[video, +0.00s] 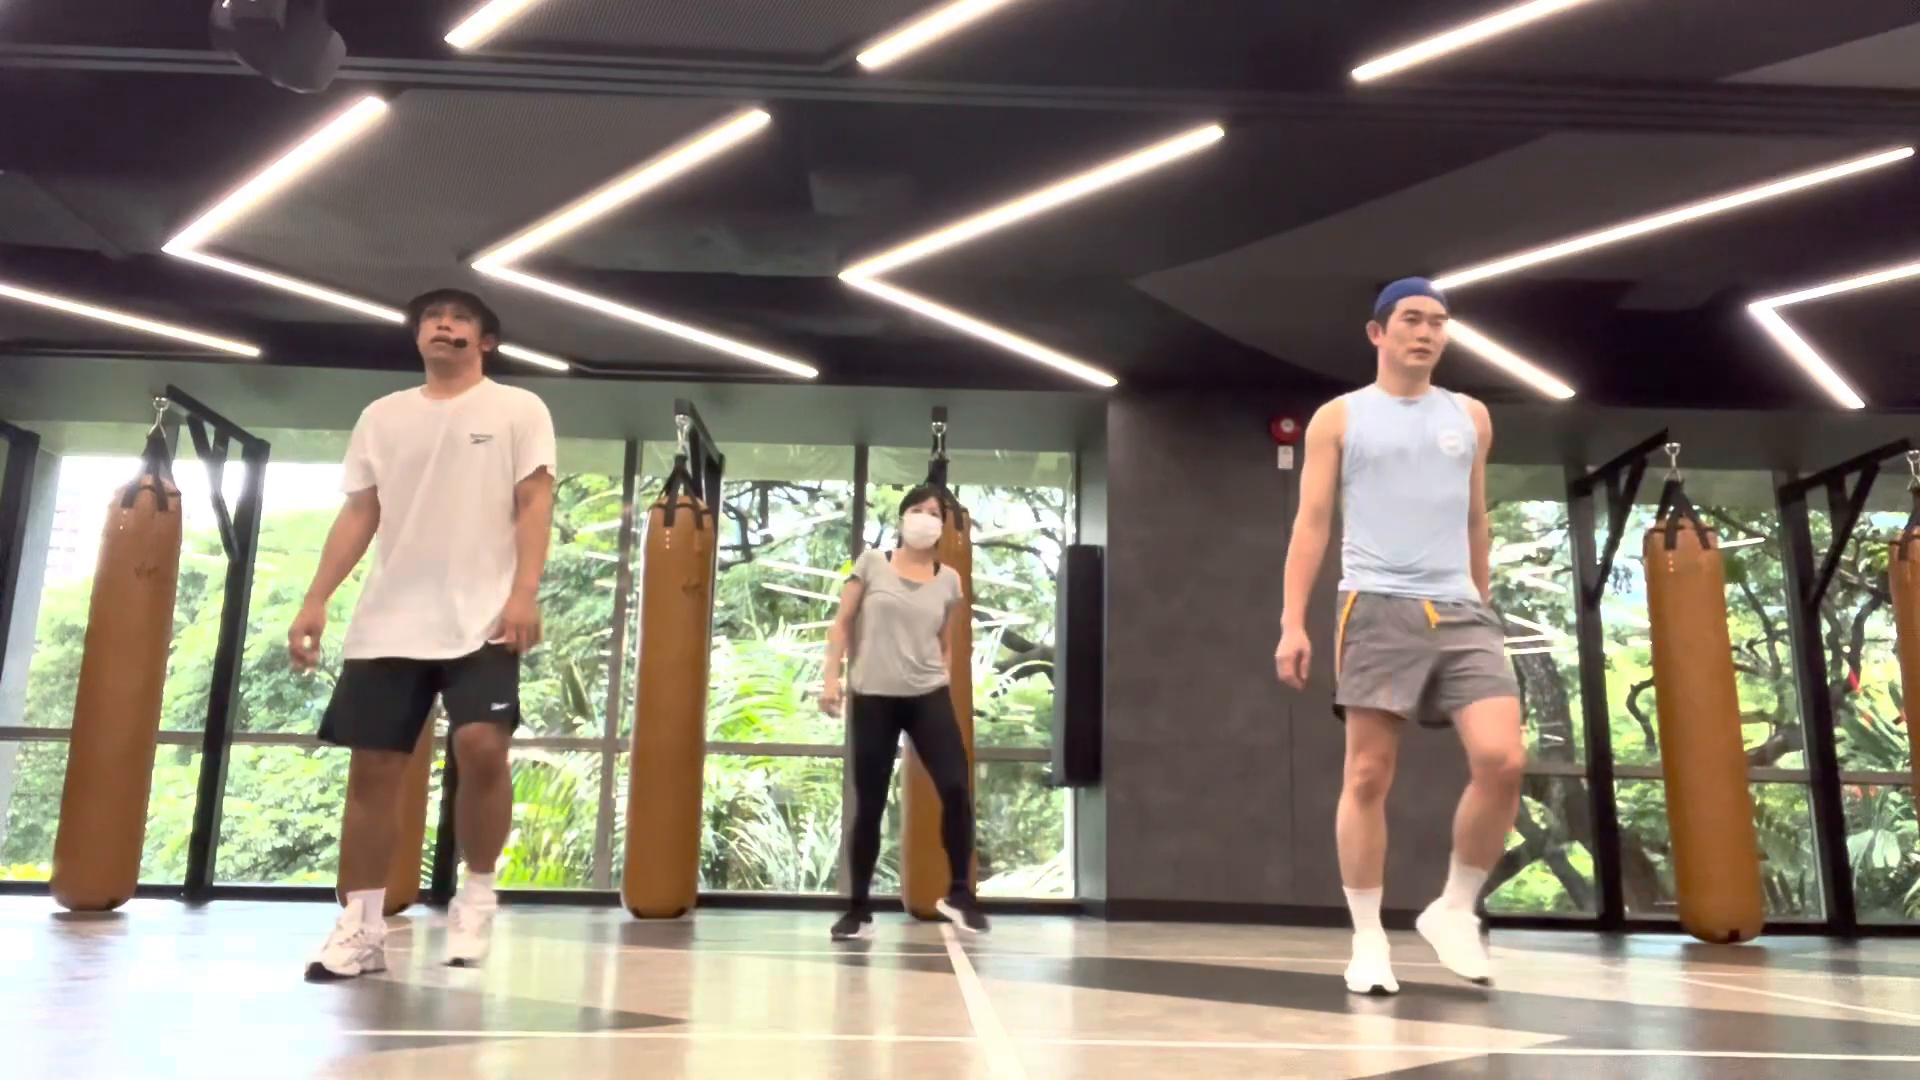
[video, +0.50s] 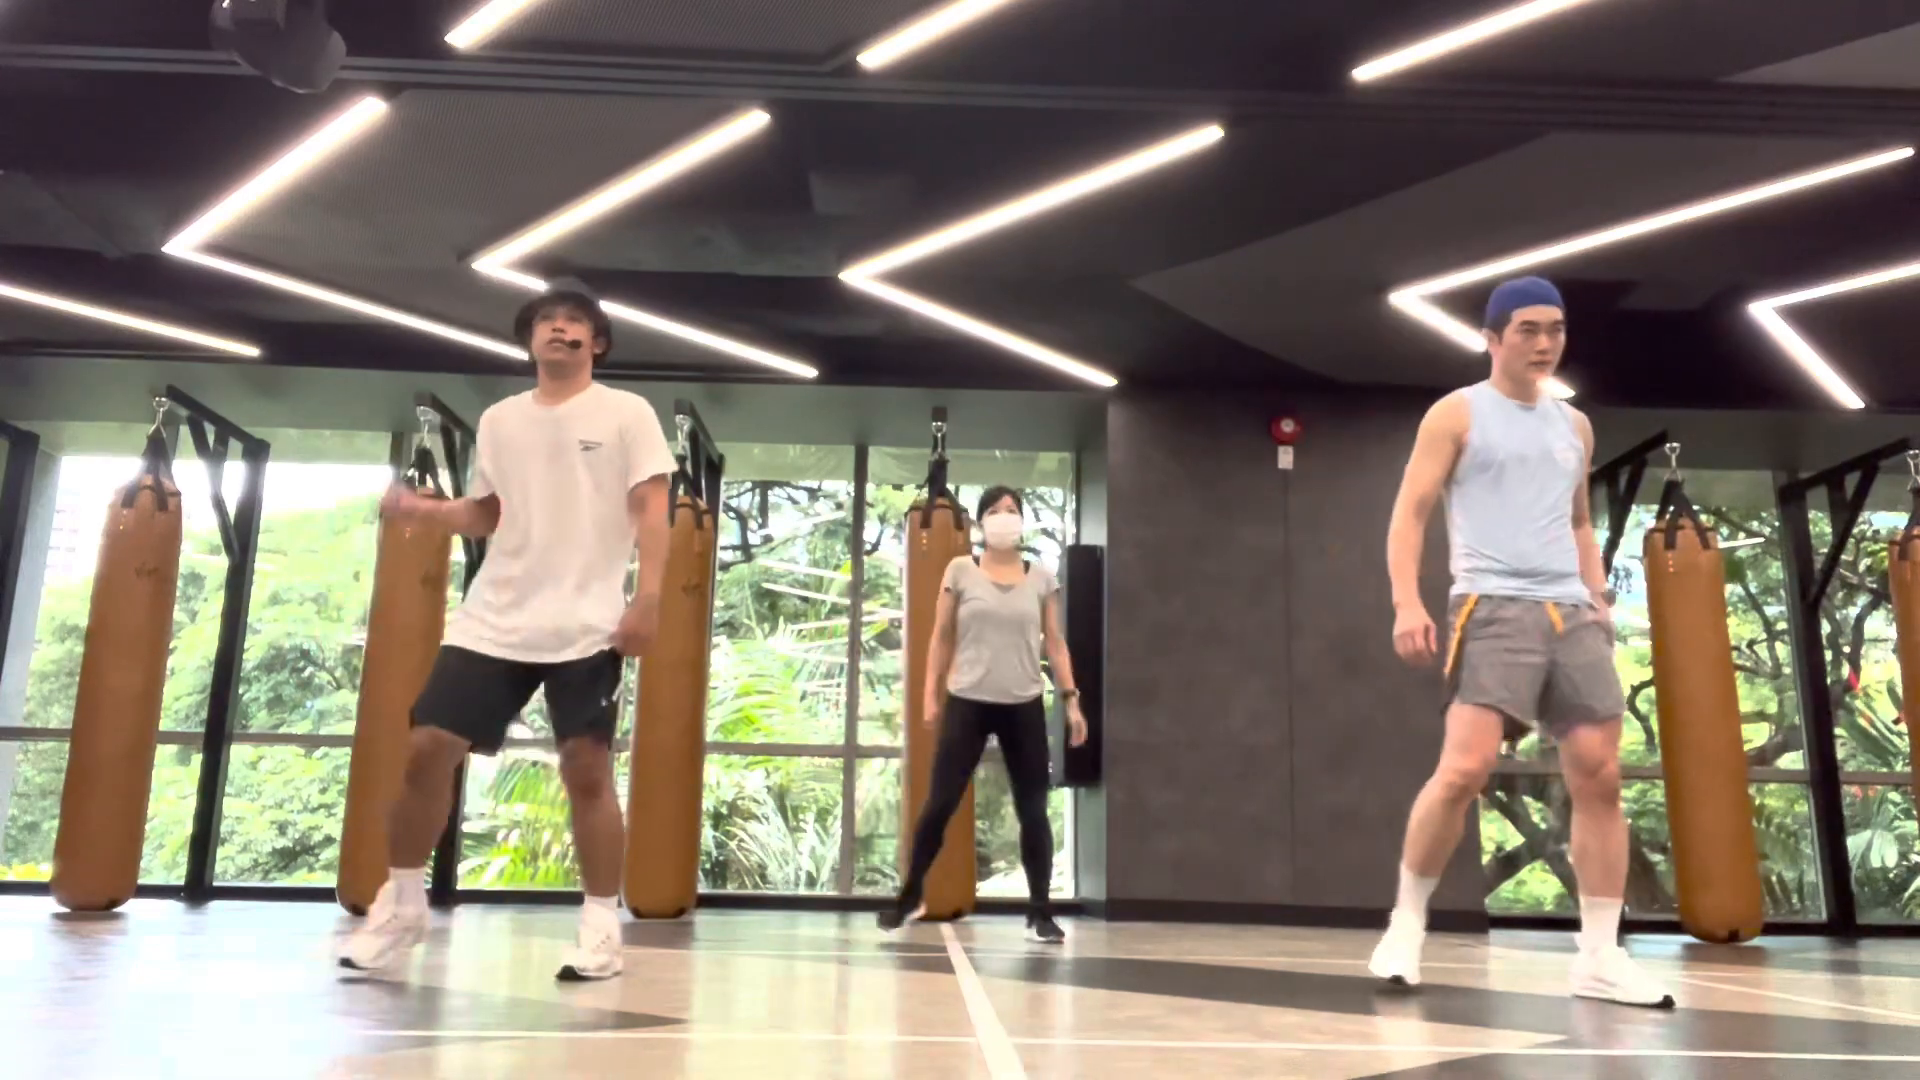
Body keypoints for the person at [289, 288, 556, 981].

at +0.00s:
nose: (447, 327)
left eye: (463, 319)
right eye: (435, 318)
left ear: (487, 342)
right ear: (416, 337)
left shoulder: (520, 410)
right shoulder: (381, 416)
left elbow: (534, 502)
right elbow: (357, 515)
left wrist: (525, 592)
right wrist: (316, 600)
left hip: (483, 618)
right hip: (392, 618)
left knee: (484, 750)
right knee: (372, 768)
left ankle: (475, 900)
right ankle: (359, 927)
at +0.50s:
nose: (561, 327)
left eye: (575, 318)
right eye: (548, 317)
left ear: (596, 341)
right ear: (528, 338)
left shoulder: (628, 414)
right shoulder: (498, 420)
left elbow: (653, 512)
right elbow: (488, 513)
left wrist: (645, 602)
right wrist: (430, 510)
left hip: (585, 620)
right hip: (495, 616)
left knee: (586, 769)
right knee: (428, 747)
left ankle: (601, 929)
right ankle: (403, 907)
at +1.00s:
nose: (579, 322)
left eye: (593, 314)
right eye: (568, 313)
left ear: (615, 337)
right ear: (548, 335)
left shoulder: (635, 412)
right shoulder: (515, 412)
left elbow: (645, 508)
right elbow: (453, 484)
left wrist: (623, 600)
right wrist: (460, 397)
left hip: (580, 615)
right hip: (496, 606)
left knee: (586, 773)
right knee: (433, 724)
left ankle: (601, 930)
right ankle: (466, 871)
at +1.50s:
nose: (425, 333)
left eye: (438, 322)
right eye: (429, 321)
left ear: (475, 331)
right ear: (449, 332)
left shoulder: (530, 412)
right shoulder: (403, 411)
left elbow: (541, 508)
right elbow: (348, 484)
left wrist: (528, 595)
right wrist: (333, 399)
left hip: (482, 618)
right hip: (392, 619)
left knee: (485, 748)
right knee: (371, 768)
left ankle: (544, 905)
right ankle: (357, 930)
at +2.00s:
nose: (445, 322)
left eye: (459, 309)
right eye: (445, 311)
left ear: (499, 321)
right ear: (454, 325)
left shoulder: (547, 409)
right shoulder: (416, 407)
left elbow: (564, 506)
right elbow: (397, 515)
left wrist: (559, 592)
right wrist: (383, 603)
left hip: (501, 614)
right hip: (408, 615)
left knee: (519, 746)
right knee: (375, 765)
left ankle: (560, 892)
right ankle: (359, 929)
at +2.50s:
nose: (573, 320)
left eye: (587, 312)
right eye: (562, 312)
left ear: (613, 331)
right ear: (547, 334)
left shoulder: (642, 408)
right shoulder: (526, 411)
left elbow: (667, 500)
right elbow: (505, 509)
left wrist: (656, 587)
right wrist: (434, 531)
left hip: (602, 614)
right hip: (517, 611)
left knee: (595, 759)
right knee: (476, 745)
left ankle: (608, 928)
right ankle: (525, 894)